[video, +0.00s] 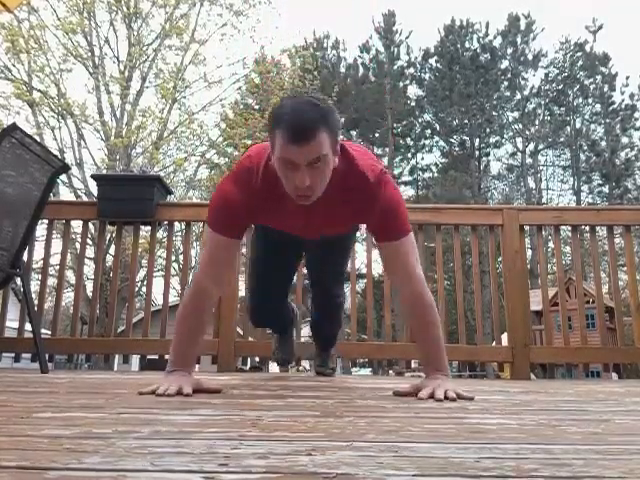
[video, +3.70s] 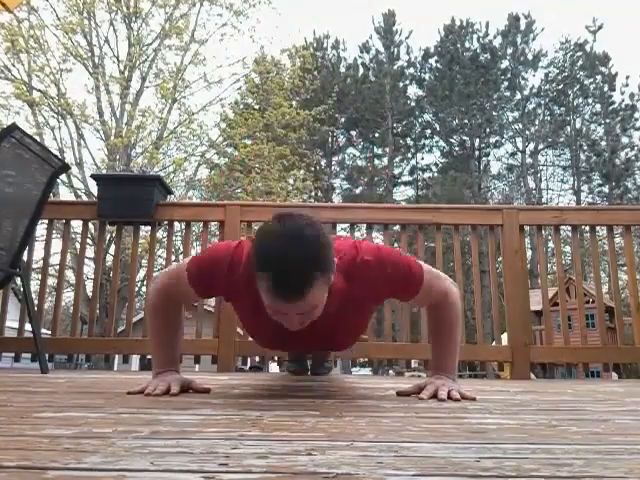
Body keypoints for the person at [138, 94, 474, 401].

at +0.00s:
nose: (303, 180)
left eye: (316, 164)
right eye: (289, 165)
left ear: (336, 148)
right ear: (272, 150)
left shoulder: (372, 183)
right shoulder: (243, 182)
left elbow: (410, 281)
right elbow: (206, 282)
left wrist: (437, 374)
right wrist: (180, 370)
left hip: (334, 230)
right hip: (275, 226)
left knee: (328, 301)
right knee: (263, 311)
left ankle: (325, 350)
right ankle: (285, 322)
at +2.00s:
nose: (306, 187)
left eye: (319, 173)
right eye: (293, 174)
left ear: (338, 148)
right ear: (272, 151)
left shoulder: (372, 183)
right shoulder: (243, 183)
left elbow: (413, 282)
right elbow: (199, 282)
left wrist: (440, 374)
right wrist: (177, 370)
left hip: (341, 252)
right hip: (282, 250)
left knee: (326, 313)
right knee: (290, 313)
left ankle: (321, 353)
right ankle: (295, 354)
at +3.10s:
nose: (299, 199)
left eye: (313, 184)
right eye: (285, 185)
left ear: (334, 158)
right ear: (266, 161)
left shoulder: (375, 198)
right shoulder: (233, 201)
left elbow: (424, 284)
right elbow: (193, 285)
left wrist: (442, 375)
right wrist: (168, 370)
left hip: (338, 278)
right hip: (279, 274)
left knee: (327, 325)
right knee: (292, 324)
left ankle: (323, 352)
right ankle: (297, 350)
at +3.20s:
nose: (296, 255)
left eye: (309, 241)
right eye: (281, 242)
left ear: (331, 209)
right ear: (260, 215)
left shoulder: (374, 227)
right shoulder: (231, 231)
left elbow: (437, 291)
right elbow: (176, 289)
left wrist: (443, 375)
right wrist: (166, 370)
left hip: (334, 308)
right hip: (280, 307)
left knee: (324, 338)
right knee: (293, 338)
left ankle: (323, 356)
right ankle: (295, 356)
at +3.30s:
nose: (296, 297)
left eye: (309, 287)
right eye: (282, 289)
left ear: (332, 252)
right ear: (258, 256)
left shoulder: (374, 251)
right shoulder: (231, 254)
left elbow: (441, 294)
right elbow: (167, 290)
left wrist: (442, 374)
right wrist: (166, 370)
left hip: (337, 322)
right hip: (276, 327)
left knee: (324, 343)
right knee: (292, 345)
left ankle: (321, 354)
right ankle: (296, 355)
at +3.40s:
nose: (294, 343)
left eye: (306, 332)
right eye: (278, 334)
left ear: (330, 290)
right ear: (254, 292)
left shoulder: (368, 273)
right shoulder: (231, 274)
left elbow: (444, 294)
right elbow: (166, 287)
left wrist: (443, 374)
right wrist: (165, 369)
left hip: (340, 351)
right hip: (271, 352)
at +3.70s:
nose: (294, 320)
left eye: (306, 310)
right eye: (279, 311)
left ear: (330, 274)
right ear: (256, 276)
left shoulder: (367, 265)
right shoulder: (230, 263)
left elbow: (443, 293)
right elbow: (165, 290)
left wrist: (444, 375)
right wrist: (165, 370)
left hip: (338, 332)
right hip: (270, 337)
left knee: (328, 348)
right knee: (287, 352)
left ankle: (324, 357)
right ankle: (297, 356)